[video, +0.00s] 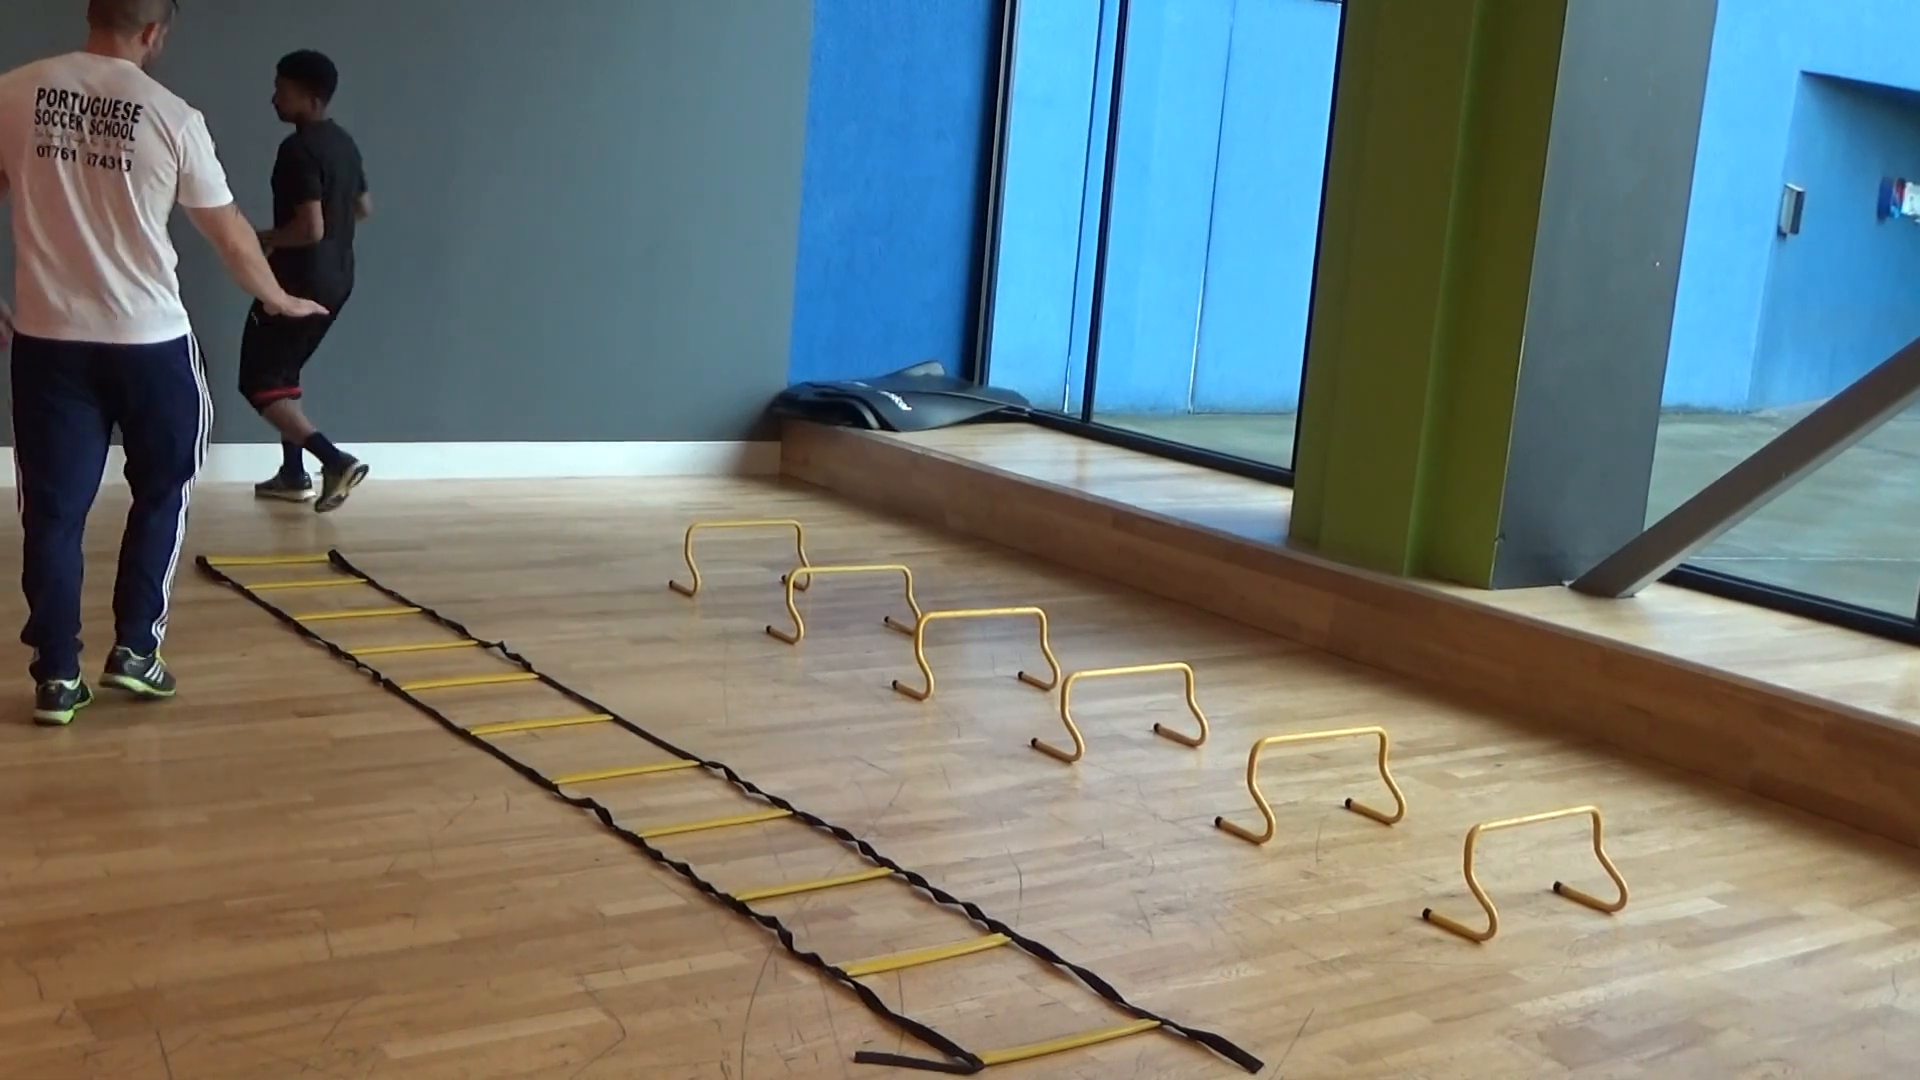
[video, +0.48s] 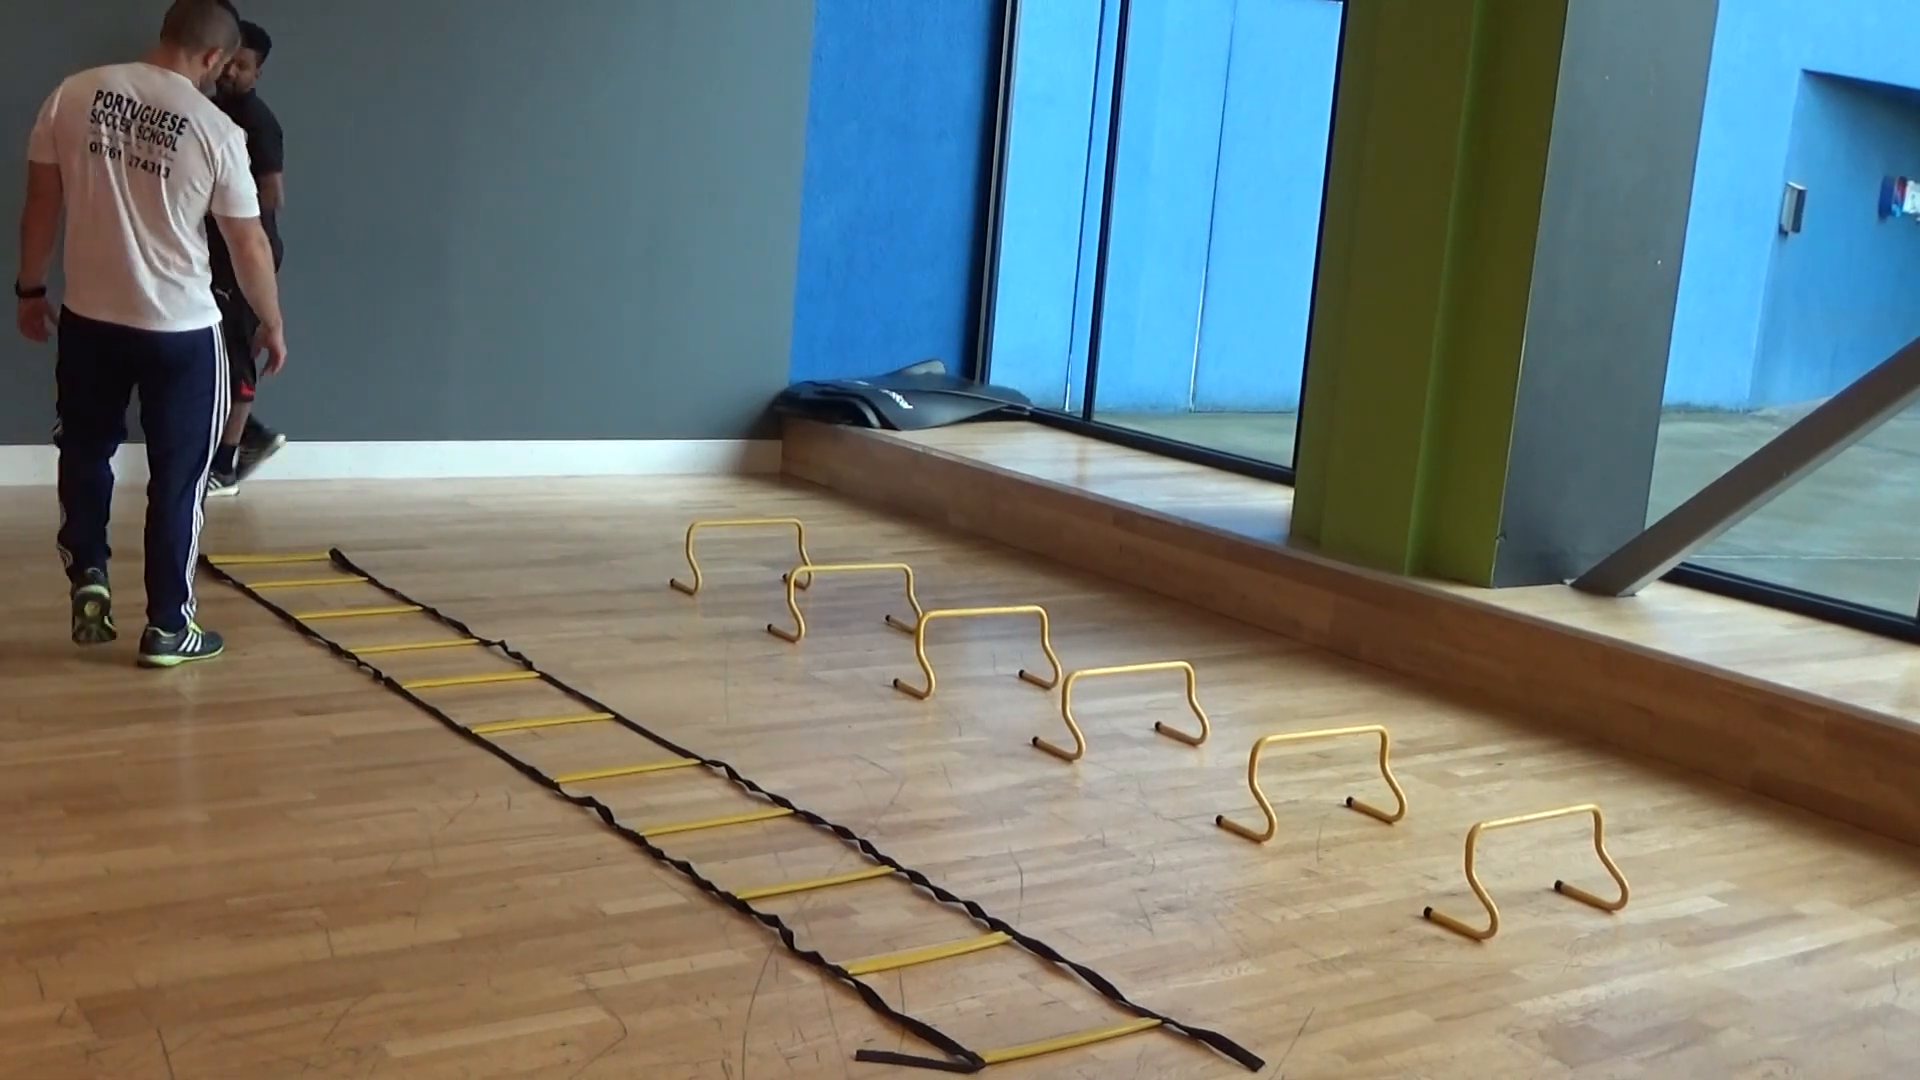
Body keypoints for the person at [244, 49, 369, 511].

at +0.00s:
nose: (274, 95)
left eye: (281, 87)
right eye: (276, 86)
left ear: (308, 93)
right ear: (319, 95)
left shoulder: (298, 148)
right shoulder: (342, 142)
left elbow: (309, 228)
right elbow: (361, 208)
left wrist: (260, 240)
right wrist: (309, 216)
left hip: (299, 281)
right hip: (334, 279)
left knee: (258, 384)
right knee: (283, 373)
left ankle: (336, 463)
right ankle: (292, 473)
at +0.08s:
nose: (259, 80)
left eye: (268, 73)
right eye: (262, 71)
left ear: (294, 79)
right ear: (301, 82)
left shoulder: (295, 132)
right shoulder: (319, 128)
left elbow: (314, 208)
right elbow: (310, 203)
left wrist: (257, 232)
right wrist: (255, 214)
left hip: (291, 266)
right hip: (320, 264)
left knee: (242, 366)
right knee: (282, 365)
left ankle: (302, 461)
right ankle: (293, 468)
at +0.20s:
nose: (247, 68)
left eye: (258, 62)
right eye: (246, 59)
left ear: (284, 66)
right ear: (248, 58)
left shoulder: (284, 107)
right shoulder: (274, 105)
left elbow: (318, 176)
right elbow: (281, 173)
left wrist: (253, 203)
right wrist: (241, 184)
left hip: (276, 253)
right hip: (292, 250)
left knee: (240, 350)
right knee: (276, 351)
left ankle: (245, 465)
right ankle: (294, 463)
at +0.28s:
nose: (240, 68)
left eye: (252, 61)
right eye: (238, 58)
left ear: (277, 65)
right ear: (236, 55)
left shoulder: (275, 106)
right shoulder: (256, 103)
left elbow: (313, 175)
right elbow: (266, 169)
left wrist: (252, 195)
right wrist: (234, 187)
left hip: (267, 250)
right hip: (266, 246)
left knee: (238, 356)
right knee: (268, 351)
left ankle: (222, 462)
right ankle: (294, 462)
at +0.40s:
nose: (234, 72)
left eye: (247, 66)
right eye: (232, 61)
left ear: (267, 71)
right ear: (224, 59)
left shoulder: (264, 116)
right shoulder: (231, 110)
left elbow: (289, 191)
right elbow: (226, 174)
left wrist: (232, 212)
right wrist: (202, 202)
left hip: (254, 254)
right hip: (225, 249)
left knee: (227, 354)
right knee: (225, 354)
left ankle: (220, 465)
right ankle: (281, 447)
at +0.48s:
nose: (230, 72)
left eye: (242, 66)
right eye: (228, 61)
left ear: (258, 72)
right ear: (217, 59)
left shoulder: (259, 120)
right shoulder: (198, 105)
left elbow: (271, 196)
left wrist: (216, 205)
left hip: (247, 245)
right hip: (200, 238)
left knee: (236, 343)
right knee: (203, 340)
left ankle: (223, 457)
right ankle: (251, 433)